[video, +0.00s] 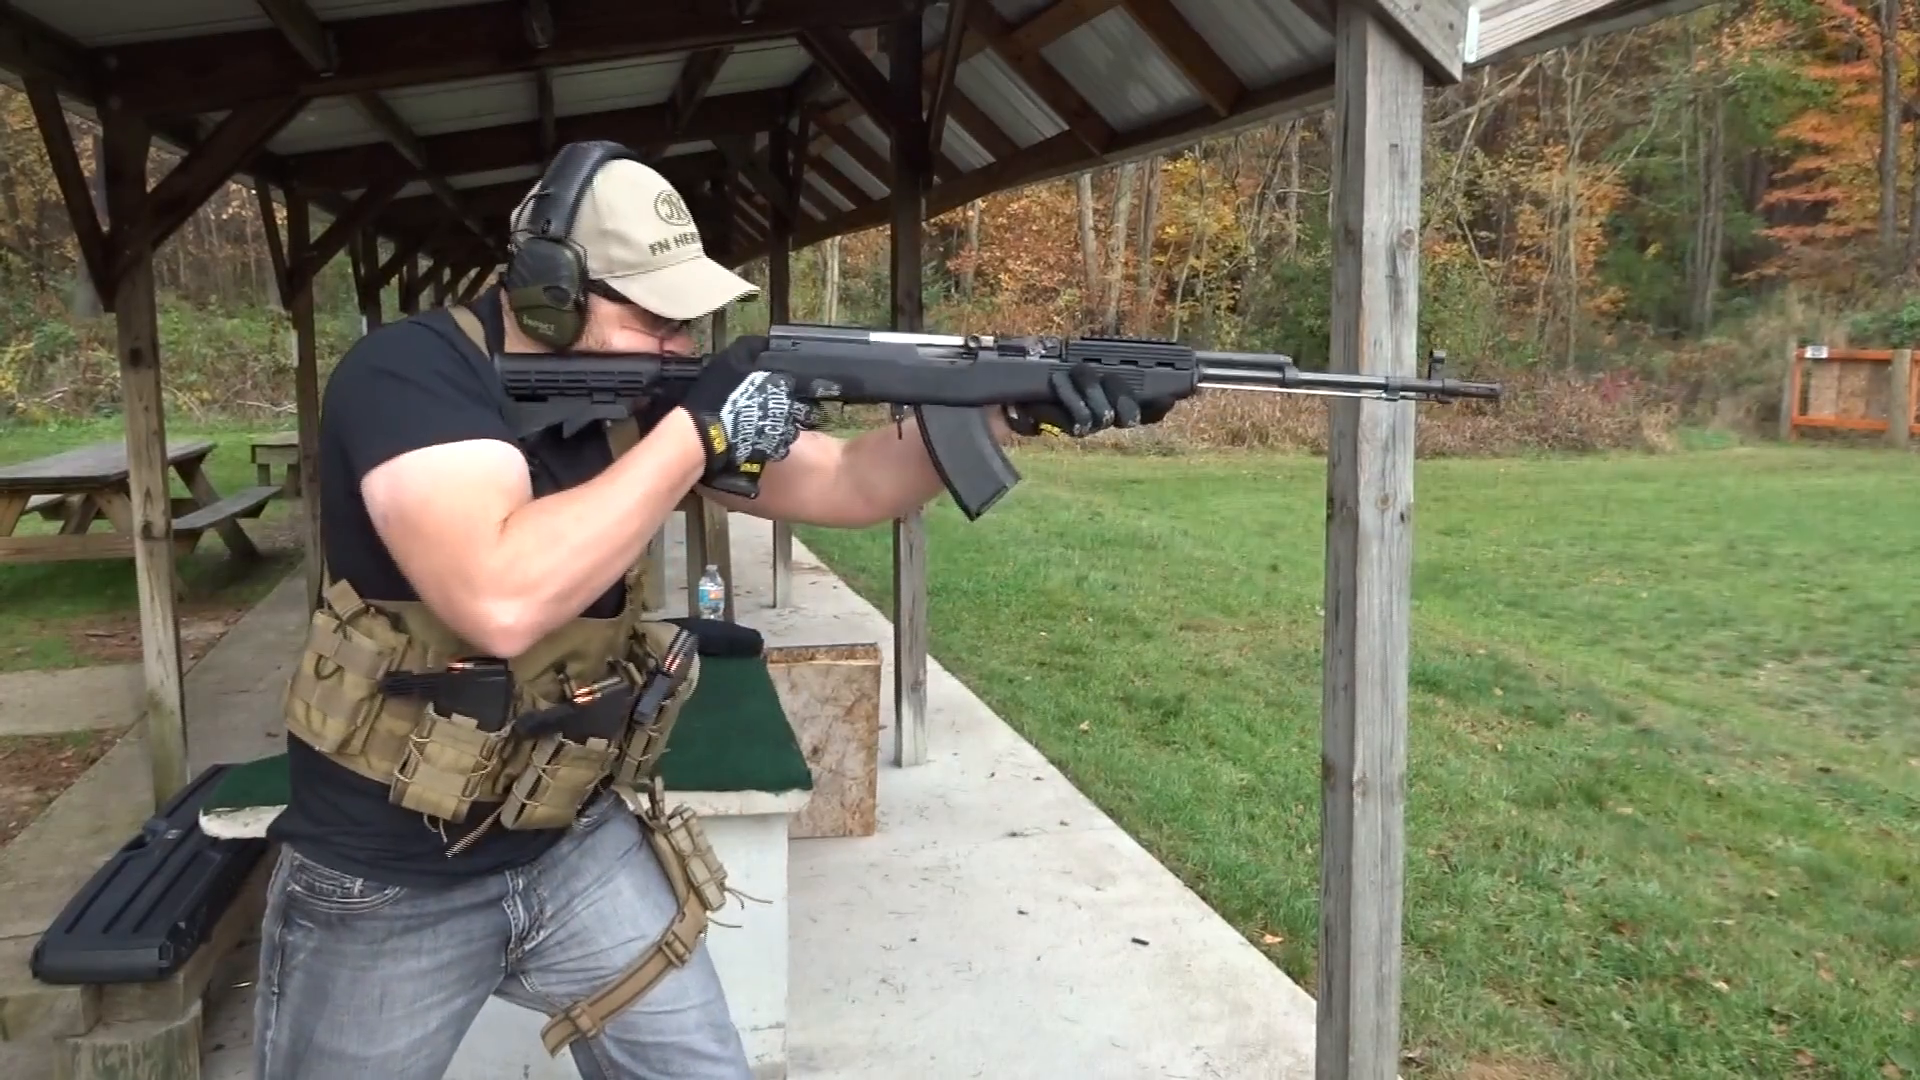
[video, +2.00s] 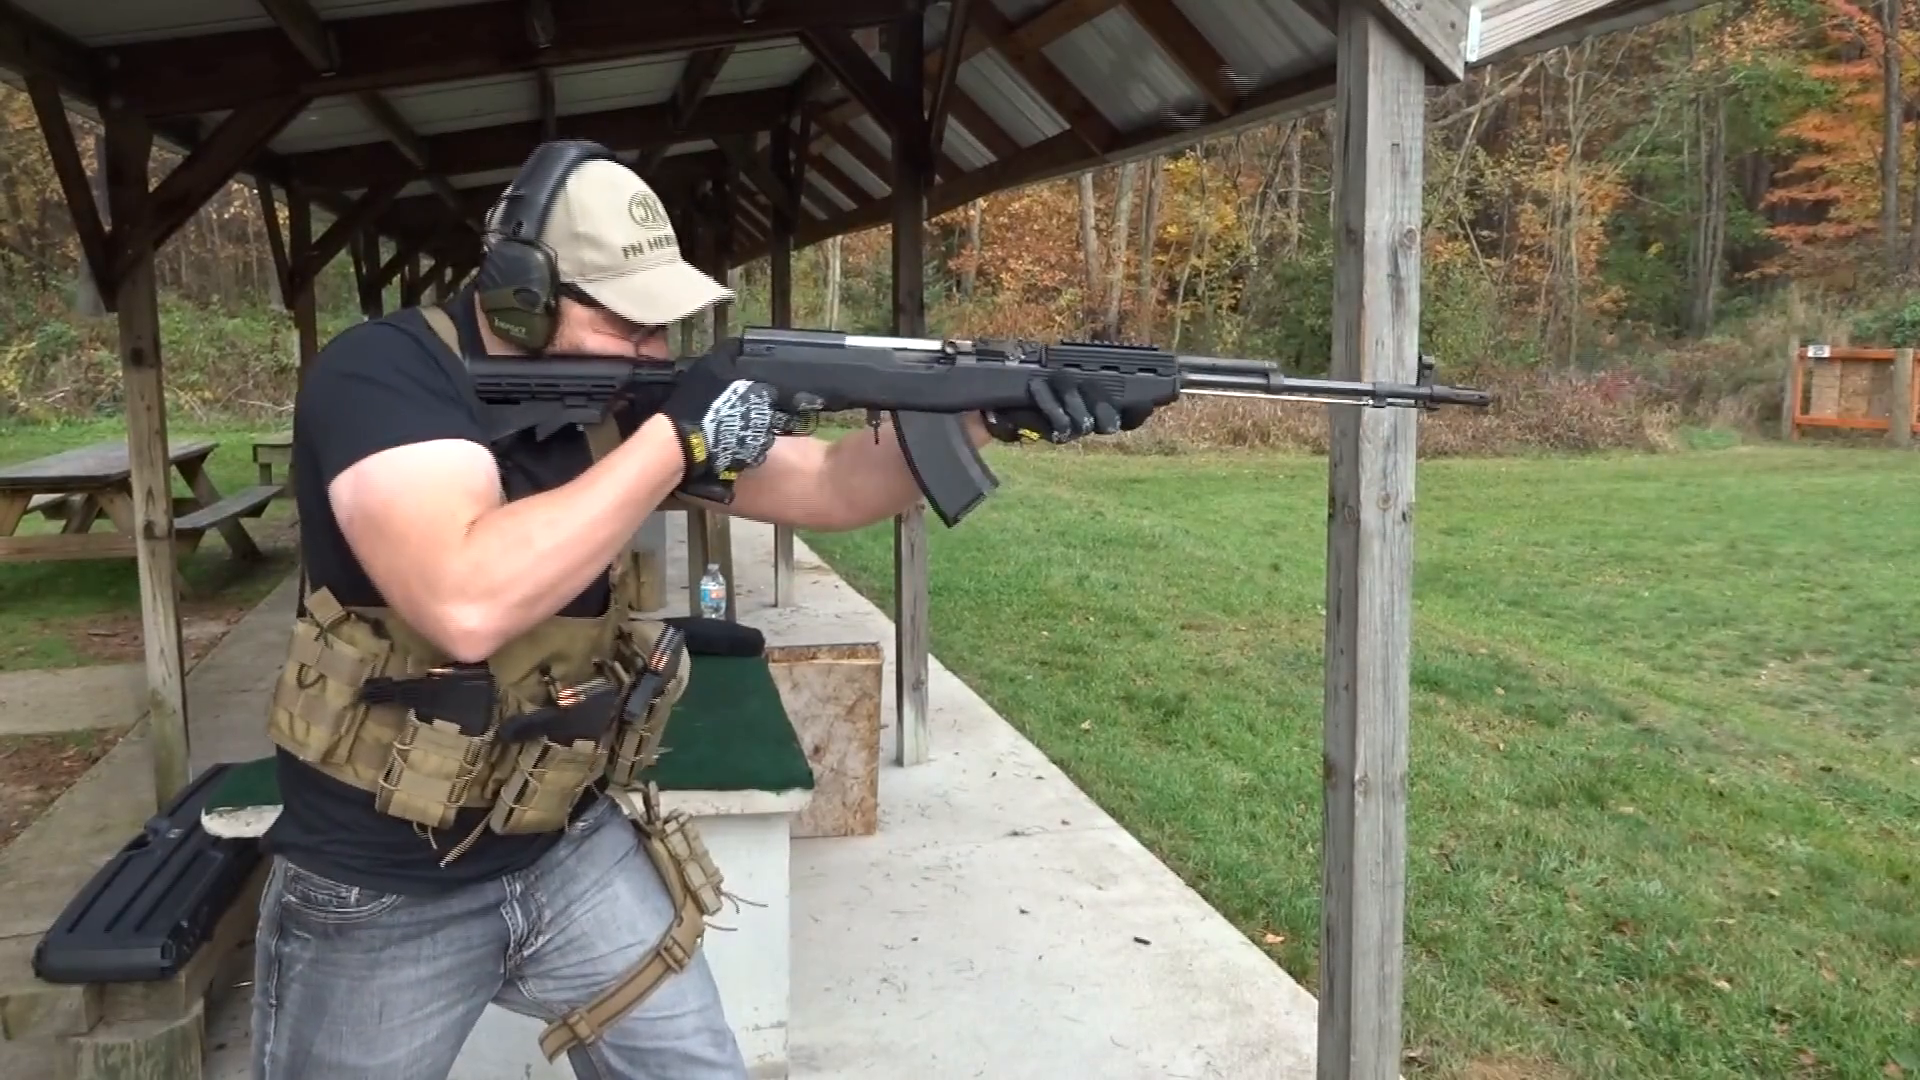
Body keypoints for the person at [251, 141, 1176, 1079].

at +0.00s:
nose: (675, 345)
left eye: (681, 322)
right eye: (649, 320)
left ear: (671, 302)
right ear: (552, 298)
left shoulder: (637, 401)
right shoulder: (401, 379)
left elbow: (853, 478)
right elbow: (502, 598)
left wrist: (1033, 395)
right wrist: (696, 426)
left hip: (581, 844)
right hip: (386, 885)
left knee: (705, 1070)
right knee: (324, 1078)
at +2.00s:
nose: (651, 352)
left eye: (658, 326)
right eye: (622, 326)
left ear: (662, 299)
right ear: (519, 302)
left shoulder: (621, 402)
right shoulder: (376, 377)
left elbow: (827, 481)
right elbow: (465, 601)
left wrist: (1012, 402)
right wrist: (678, 434)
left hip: (576, 846)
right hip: (382, 892)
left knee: (698, 1060)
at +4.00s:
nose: (752, 278)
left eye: (756, 249)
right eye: (723, 250)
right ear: (623, 240)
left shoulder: (741, 385)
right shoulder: (497, 375)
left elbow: (897, 525)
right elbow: (528, 622)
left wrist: (985, 458)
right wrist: (769, 500)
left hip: (693, 827)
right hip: (493, 860)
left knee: (787, 1066)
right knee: (428, 1066)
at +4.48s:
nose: (622, 283)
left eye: (639, 243)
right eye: (579, 255)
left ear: (672, 236)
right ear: (503, 260)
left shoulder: (729, 357)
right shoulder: (430, 421)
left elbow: (915, 510)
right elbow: (450, 745)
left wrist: (969, 470)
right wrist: (699, 571)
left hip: (721, 847)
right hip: (514, 885)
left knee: (785, 1062)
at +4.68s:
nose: (502, 318)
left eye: (520, 271)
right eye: (457, 288)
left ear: (563, 247)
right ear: (377, 285)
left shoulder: (644, 361)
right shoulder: (311, 465)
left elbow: (842, 496)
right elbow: (356, 811)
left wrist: (911, 490)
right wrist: (610, 619)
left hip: (648, 874)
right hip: (431, 937)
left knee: (722, 1060)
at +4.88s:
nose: (446, 330)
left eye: (468, 282)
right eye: (395, 304)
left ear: (502, 230)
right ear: (297, 281)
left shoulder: (587, 356)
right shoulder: (219, 468)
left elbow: (775, 492)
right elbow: (230, 827)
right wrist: (464, 657)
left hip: (616, 893)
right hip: (384, 956)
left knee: (676, 1064)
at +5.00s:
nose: (448, 344)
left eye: (471, 299)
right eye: (400, 315)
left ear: (509, 243)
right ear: (302, 277)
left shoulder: (599, 390)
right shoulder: (203, 463)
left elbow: (767, 580)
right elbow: (177, 828)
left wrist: (802, 658)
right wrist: (396, 689)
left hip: (600, 913)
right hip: (364, 964)